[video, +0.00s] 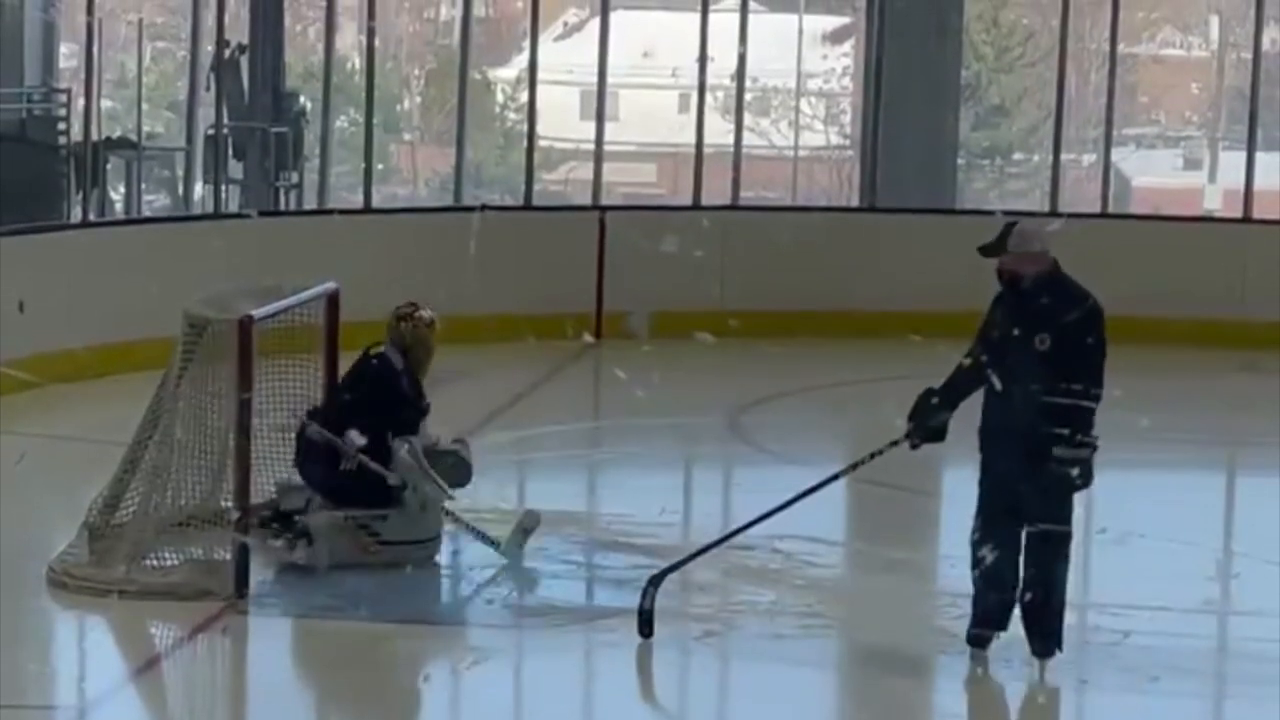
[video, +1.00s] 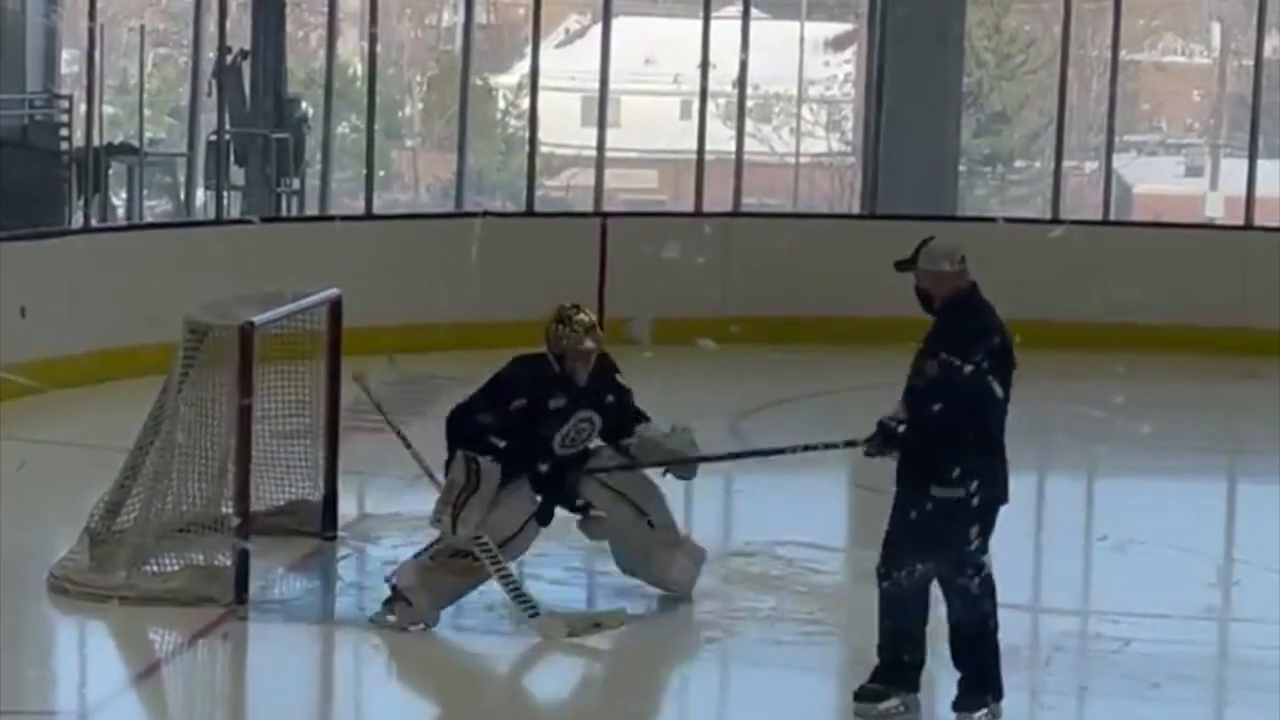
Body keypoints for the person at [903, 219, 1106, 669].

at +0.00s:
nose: (999, 268)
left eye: (1006, 261)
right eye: (999, 261)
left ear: (1031, 259)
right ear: (1017, 259)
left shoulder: (1080, 309)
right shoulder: (1009, 299)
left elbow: (1084, 387)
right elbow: (979, 361)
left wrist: (1074, 447)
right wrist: (940, 404)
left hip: (1052, 449)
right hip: (1002, 445)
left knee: (1047, 547)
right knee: (993, 540)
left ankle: (1045, 642)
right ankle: (984, 628)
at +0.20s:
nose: (993, 275)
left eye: (999, 268)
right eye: (992, 268)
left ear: (1023, 266)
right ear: (1005, 267)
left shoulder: (1070, 315)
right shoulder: (1000, 306)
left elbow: (1071, 397)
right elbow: (975, 367)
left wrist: (1057, 463)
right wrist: (935, 410)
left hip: (1043, 462)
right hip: (994, 457)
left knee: (1043, 562)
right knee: (980, 554)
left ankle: (1044, 657)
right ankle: (967, 649)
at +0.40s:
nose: (978, 280)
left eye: (984, 272)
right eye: (978, 272)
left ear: (1008, 270)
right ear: (999, 270)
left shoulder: (1056, 318)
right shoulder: (990, 313)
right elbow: (977, 378)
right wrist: (937, 422)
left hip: (1037, 465)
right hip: (985, 460)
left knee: (1036, 565)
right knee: (969, 558)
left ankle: (1040, 664)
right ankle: (954, 656)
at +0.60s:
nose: (964, 284)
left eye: (970, 276)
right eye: (963, 276)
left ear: (994, 274)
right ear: (979, 275)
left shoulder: (1039, 324)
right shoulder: (980, 318)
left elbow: (1012, 399)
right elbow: (969, 391)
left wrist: (940, 423)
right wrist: (934, 428)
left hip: (1022, 472)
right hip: (971, 466)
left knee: (1022, 577)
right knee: (950, 568)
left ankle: (1027, 684)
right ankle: (936, 673)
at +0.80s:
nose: (947, 289)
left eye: (953, 280)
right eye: (946, 280)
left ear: (976, 277)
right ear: (961, 280)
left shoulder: (1014, 328)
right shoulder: (968, 322)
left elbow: (997, 410)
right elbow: (952, 395)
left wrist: (934, 432)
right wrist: (922, 420)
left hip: (1000, 472)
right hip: (954, 466)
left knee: (997, 573)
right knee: (929, 565)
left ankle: (1008, 684)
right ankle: (924, 672)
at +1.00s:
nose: (920, 288)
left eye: (925, 279)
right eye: (919, 280)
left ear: (948, 278)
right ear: (948, 278)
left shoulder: (978, 330)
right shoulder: (944, 326)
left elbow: (968, 415)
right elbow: (926, 397)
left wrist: (906, 438)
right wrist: (896, 428)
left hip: (968, 481)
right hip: (924, 477)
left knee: (964, 577)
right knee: (900, 573)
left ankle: (979, 691)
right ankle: (895, 680)